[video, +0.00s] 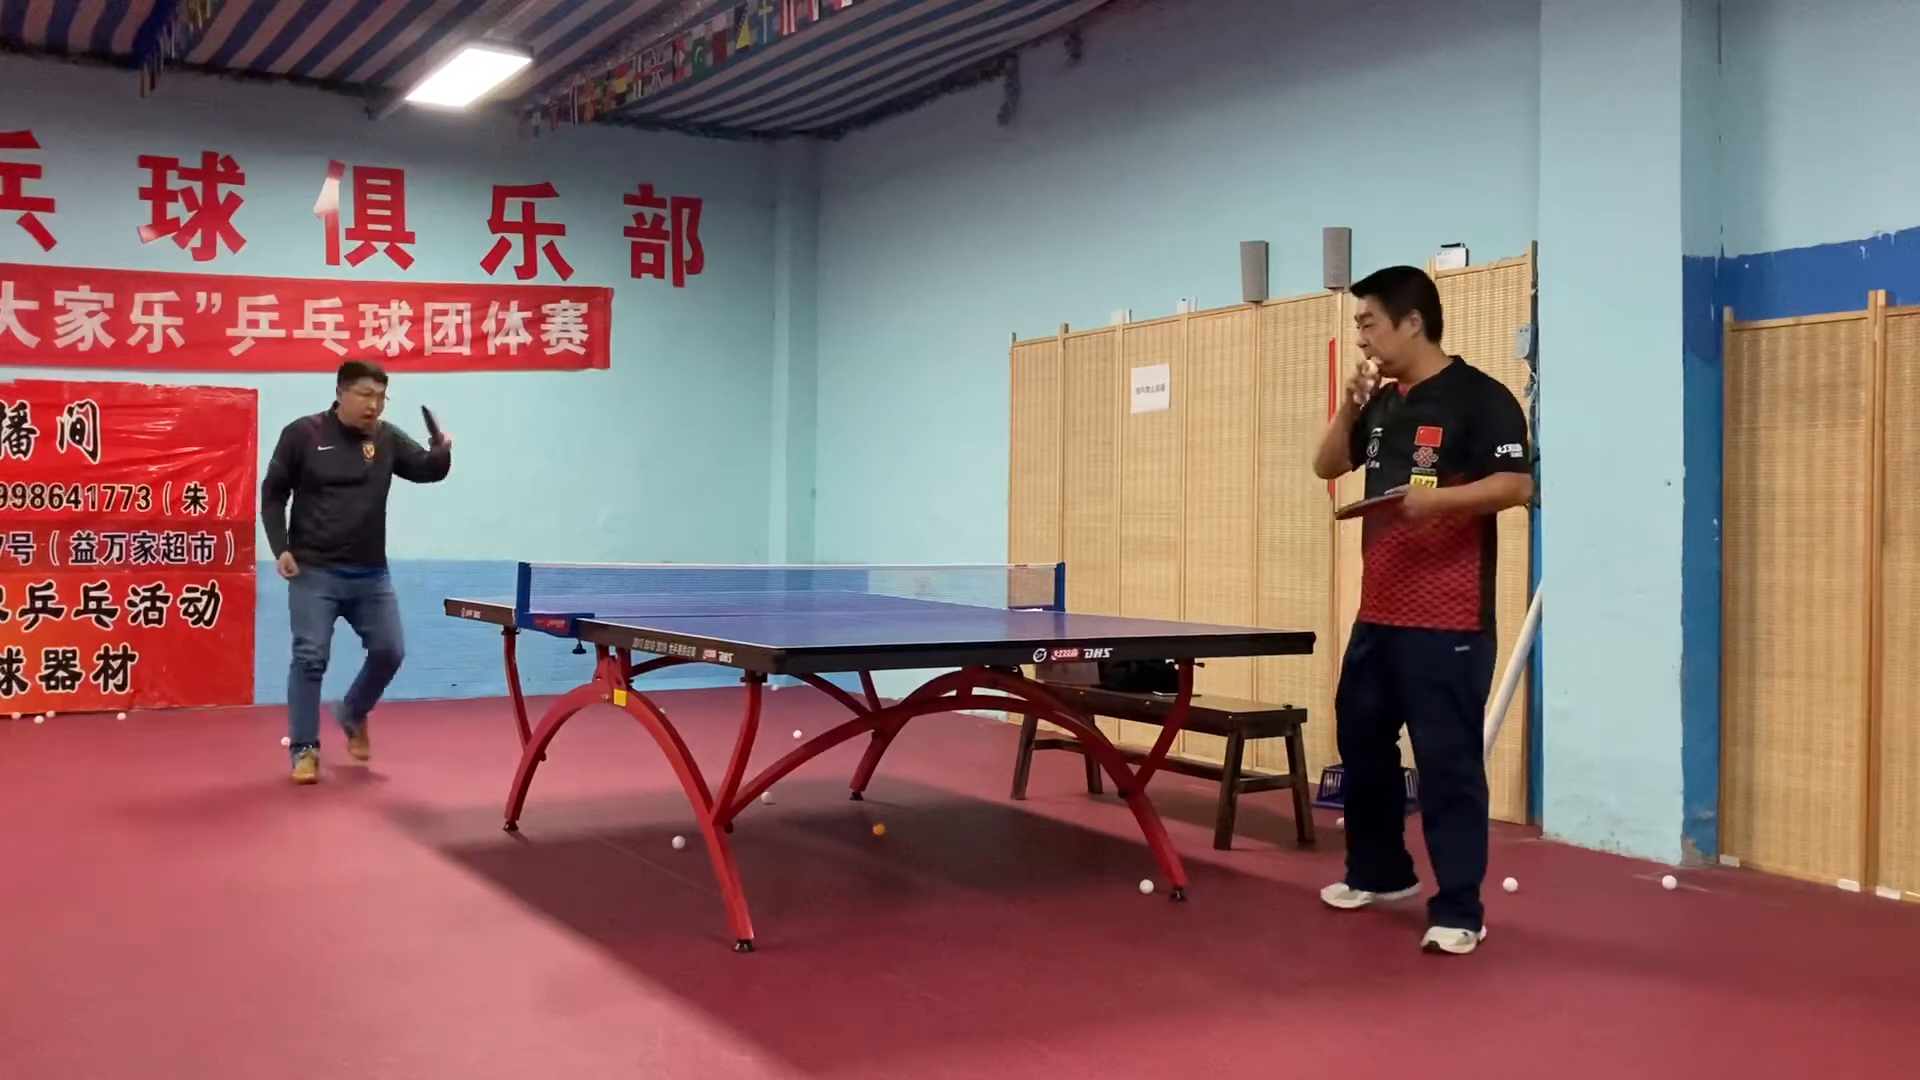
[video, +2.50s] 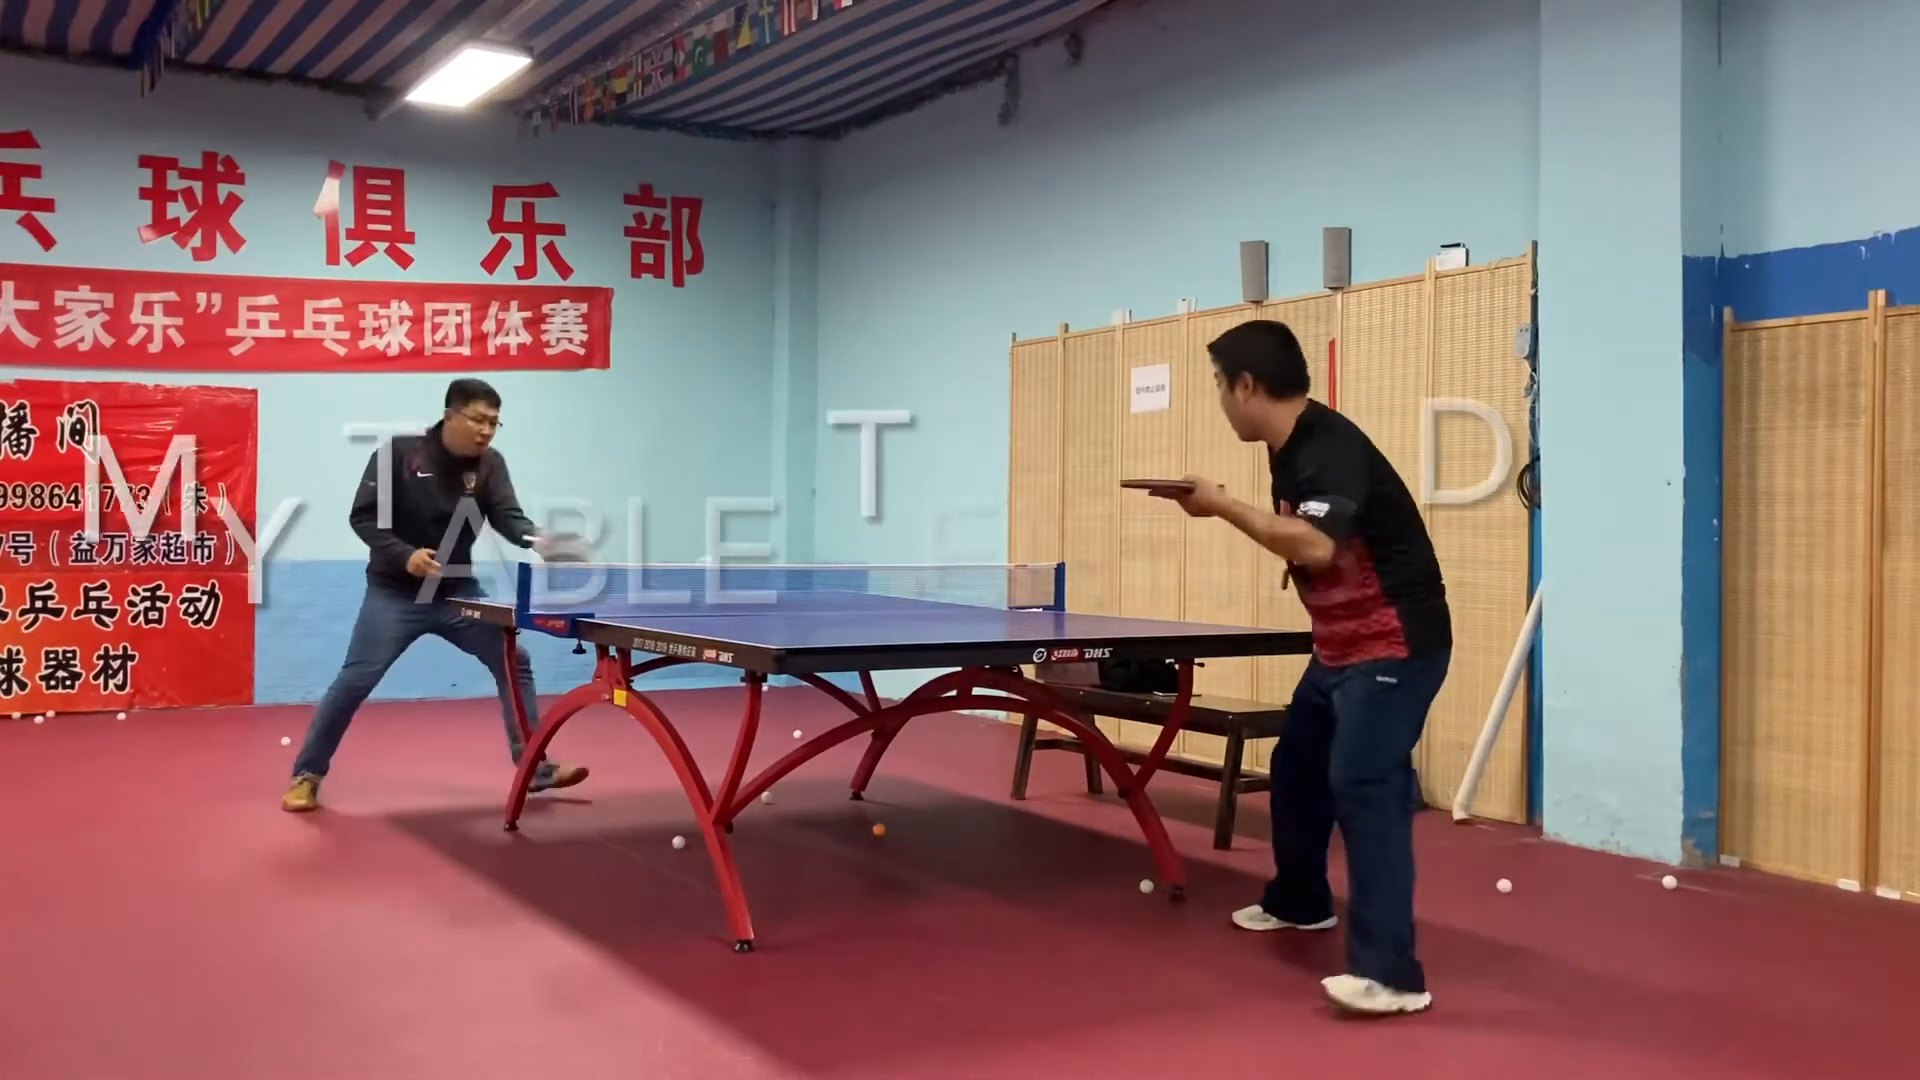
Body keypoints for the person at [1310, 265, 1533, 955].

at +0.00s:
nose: (1363, 339)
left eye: (1371, 325)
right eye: (1360, 328)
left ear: (1415, 322)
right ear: (1386, 330)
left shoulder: (1482, 397)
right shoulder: (1380, 405)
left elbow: (1518, 483)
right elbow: (1327, 464)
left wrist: (1438, 499)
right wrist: (1350, 404)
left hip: (1449, 621)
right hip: (1380, 616)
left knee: (1448, 763)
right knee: (1361, 740)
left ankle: (1459, 911)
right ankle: (1380, 872)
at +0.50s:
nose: (1304, 352)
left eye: (1310, 337)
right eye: (1303, 338)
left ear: (1347, 337)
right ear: (1348, 340)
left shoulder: (1433, 405)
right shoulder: (1332, 417)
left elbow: (1456, 500)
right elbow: (1315, 497)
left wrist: (1364, 509)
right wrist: (1249, 503)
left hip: (1436, 627)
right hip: (1365, 626)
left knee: (1445, 774)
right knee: (1336, 761)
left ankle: (1458, 913)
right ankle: (1313, 886)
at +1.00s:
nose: (1201, 444)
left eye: (1204, 429)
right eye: (1198, 432)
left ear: (1245, 425)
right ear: (1243, 426)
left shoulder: (1337, 459)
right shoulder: (1238, 492)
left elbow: (1337, 560)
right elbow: (1223, 573)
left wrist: (1245, 561)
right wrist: (1155, 587)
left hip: (1417, 626)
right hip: (1339, 631)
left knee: (1469, 757)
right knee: (1319, 760)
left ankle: (1533, 890)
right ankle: (1315, 889)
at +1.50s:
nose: (1340, 392)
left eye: (1353, 380)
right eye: (1342, 379)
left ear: (1398, 392)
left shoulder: (1452, 462)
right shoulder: (1342, 437)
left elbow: (1428, 558)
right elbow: (1266, 465)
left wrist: (1353, 511)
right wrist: (1211, 442)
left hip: (1453, 637)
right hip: (1367, 630)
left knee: (1492, 764)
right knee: (1337, 753)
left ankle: (1538, 897)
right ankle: (1314, 887)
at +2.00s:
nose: (1318, 419)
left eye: (1327, 405)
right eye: (1315, 406)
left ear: (1371, 407)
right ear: (1361, 409)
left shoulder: (1443, 446)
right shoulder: (1326, 465)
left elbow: (1537, 480)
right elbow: (1316, 493)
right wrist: (1329, 539)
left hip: (1454, 648)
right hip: (1366, 641)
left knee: (1496, 777)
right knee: (1307, 742)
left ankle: (1537, 897)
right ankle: (1310, 888)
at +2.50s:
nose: (1222, 404)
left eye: (1223, 389)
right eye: (1221, 389)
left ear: (1248, 386)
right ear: (1268, 383)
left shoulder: (1330, 445)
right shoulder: (1293, 449)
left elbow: (1312, 546)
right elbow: (1318, 539)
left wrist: (1223, 506)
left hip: (1394, 649)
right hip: (1343, 648)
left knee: (1368, 786)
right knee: (1297, 768)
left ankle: (1391, 972)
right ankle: (1300, 900)